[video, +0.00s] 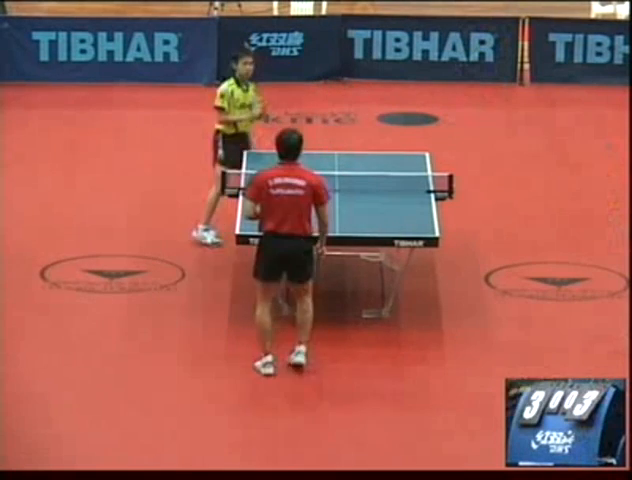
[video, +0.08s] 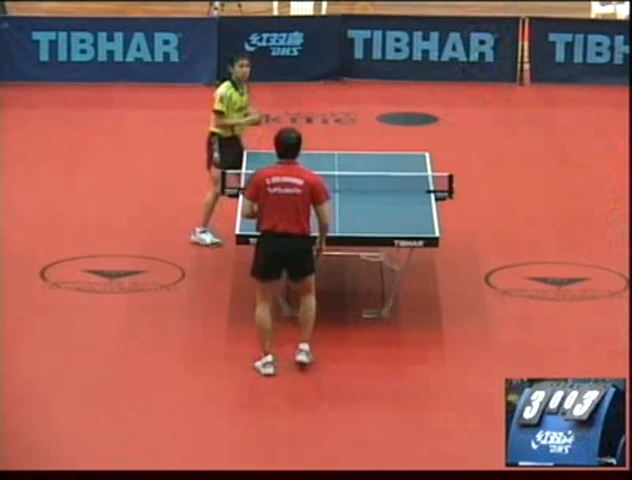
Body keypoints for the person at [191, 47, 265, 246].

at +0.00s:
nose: (249, 68)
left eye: (251, 64)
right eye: (245, 64)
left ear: (253, 67)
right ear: (235, 66)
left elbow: (260, 111)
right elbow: (221, 117)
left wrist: (263, 113)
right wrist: (248, 116)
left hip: (245, 135)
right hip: (228, 135)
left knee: (246, 179)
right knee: (221, 183)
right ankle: (204, 226)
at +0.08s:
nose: (245, 71)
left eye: (247, 67)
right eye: (241, 67)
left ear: (249, 70)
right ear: (231, 69)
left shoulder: (245, 90)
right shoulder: (223, 91)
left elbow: (244, 111)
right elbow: (219, 121)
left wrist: (256, 117)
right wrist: (246, 121)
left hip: (235, 135)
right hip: (219, 135)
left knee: (234, 180)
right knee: (217, 186)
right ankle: (202, 229)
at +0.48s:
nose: (229, 71)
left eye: (231, 67)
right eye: (225, 67)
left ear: (233, 70)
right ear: (214, 69)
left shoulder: (223, 90)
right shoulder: (209, 92)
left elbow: (225, 110)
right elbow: (204, 122)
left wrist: (238, 117)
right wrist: (232, 121)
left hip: (215, 137)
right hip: (205, 138)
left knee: (207, 182)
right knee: (210, 183)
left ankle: (192, 222)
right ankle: (200, 228)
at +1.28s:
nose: (230, 72)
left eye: (231, 68)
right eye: (227, 67)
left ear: (215, 68)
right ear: (215, 67)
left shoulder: (202, 85)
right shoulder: (213, 89)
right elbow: (224, 119)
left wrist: (230, 115)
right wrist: (249, 135)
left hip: (195, 134)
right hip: (205, 136)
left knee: (200, 179)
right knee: (223, 180)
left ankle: (189, 221)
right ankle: (221, 228)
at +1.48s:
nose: (250, 83)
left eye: (250, 79)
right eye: (248, 79)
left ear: (234, 79)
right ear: (237, 78)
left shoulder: (218, 92)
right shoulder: (231, 95)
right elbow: (249, 122)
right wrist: (278, 138)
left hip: (201, 139)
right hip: (212, 141)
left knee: (207, 183)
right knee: (232, 182)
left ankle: (190, 221)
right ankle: (242, 226)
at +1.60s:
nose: (264, 95)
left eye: (264, 91)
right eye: (262, 91)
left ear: (248, 89)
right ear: (252, 90)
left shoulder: (229, 100)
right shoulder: (245, 106)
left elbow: (232, 126)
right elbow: (268, 130)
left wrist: (252, 135)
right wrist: (297, 143)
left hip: (204, 145)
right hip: (218, 148)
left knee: (211, 186)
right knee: (243, 185)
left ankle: (191, 221)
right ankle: (246, 227)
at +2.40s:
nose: (272, 91)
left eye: (271, 88)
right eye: (269, 88)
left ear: (253, 90)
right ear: (260, 91)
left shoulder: (238, 103)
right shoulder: (261, 108)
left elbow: (246, 132)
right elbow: (289, 117)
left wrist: (269, 134)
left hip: (215, 144)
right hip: (229, 151)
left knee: (212, 188)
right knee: (241, 190)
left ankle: (191, 221)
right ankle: (244, 227)